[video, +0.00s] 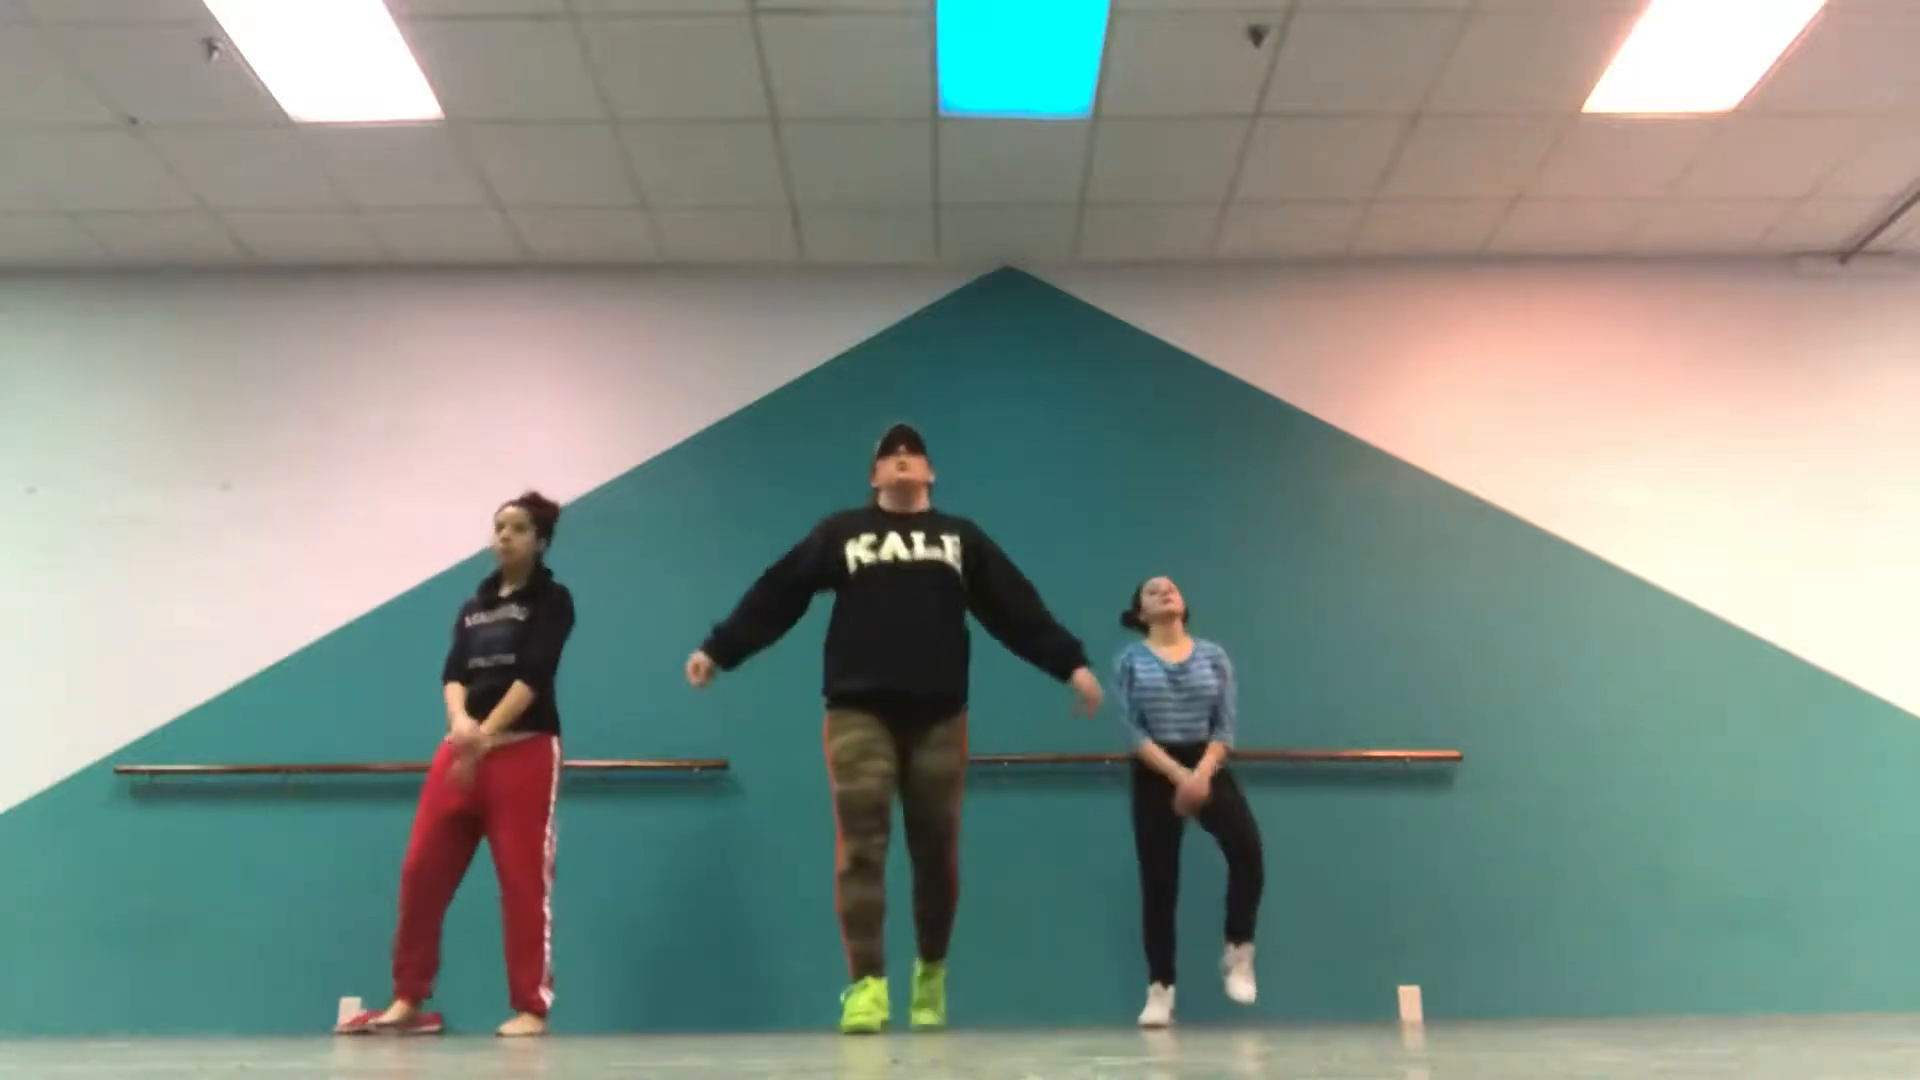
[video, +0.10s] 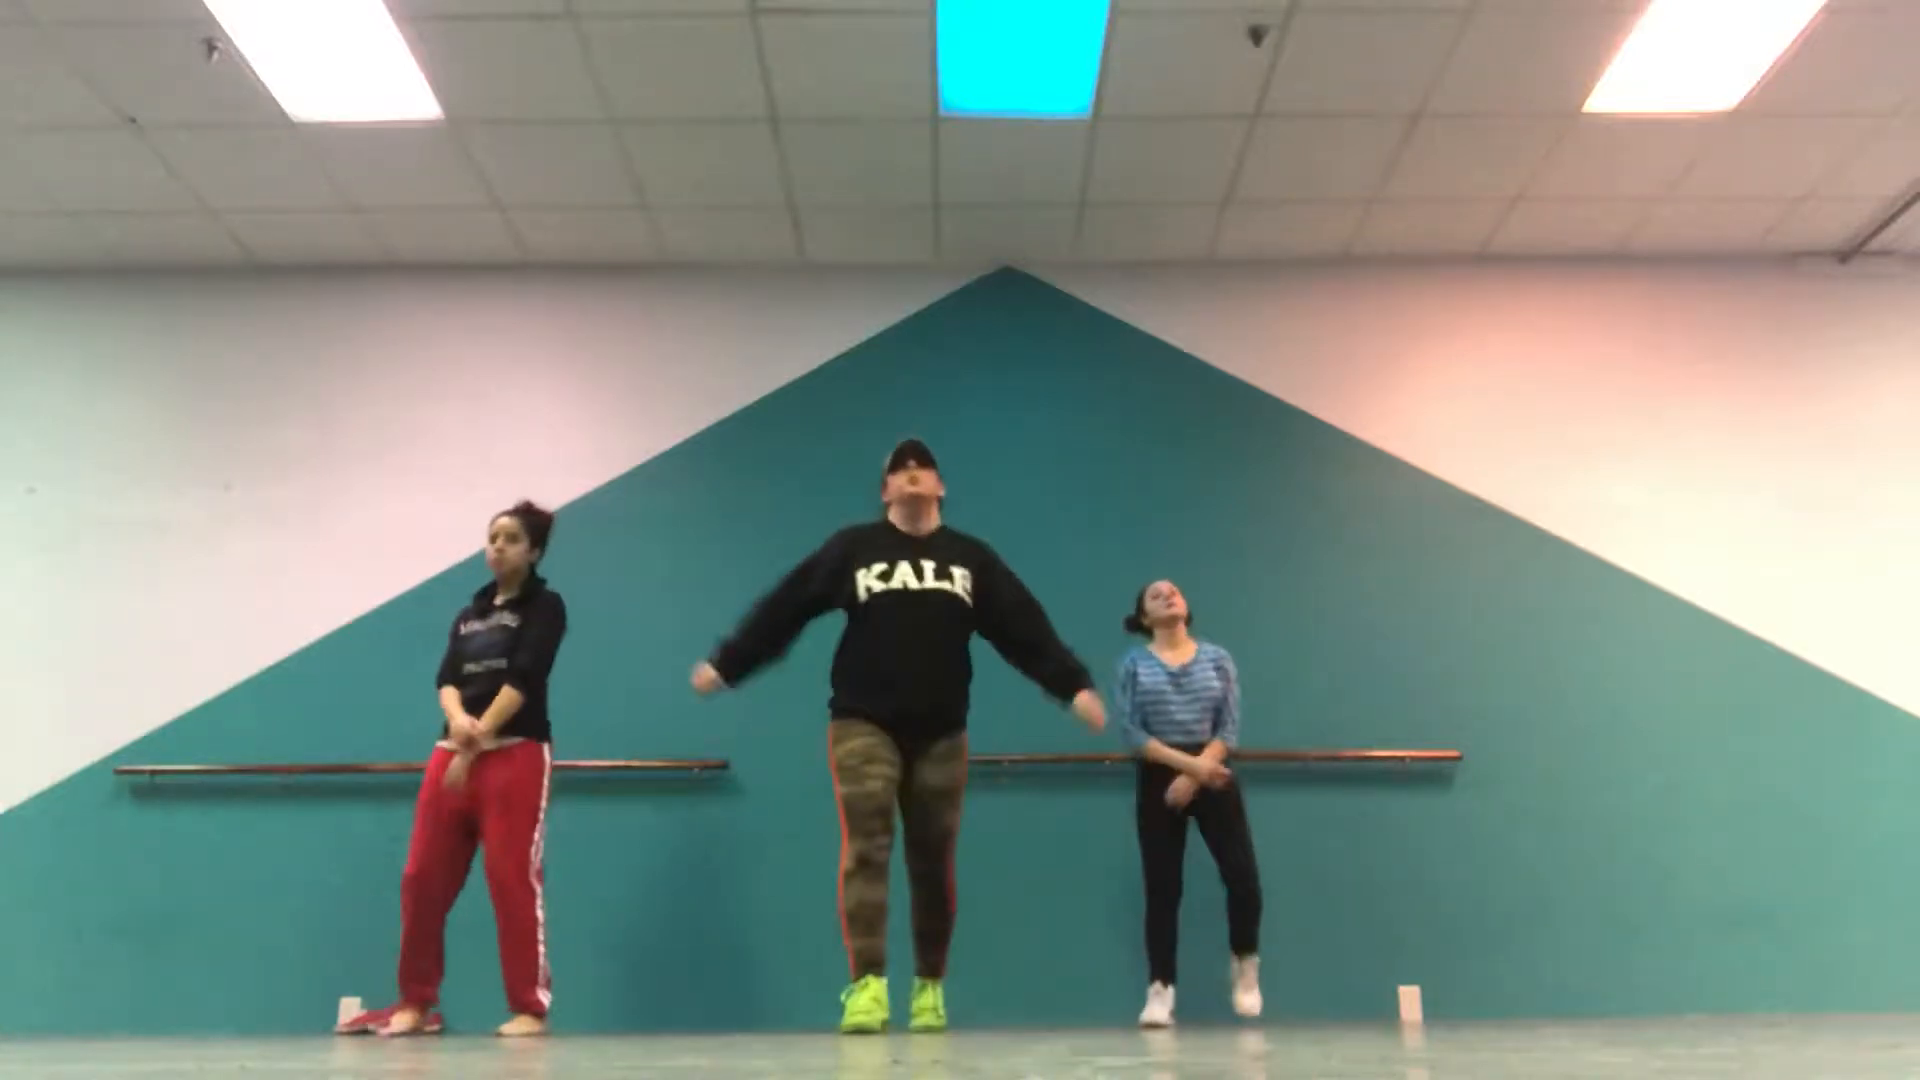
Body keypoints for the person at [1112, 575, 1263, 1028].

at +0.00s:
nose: (1167, 593)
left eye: (1172, 589)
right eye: (1155, 592)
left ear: (1184, 605)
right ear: (1140, 613)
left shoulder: (1214, 656)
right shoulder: (1131, 660)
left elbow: (1225, 727)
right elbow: (1130, 729)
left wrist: (1201, 775)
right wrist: (1180, 775)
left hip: (1205, 761)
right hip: (1154, 763)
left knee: (1246, 852)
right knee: (1159, 879)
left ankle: (1240, 949)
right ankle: (1161, 985)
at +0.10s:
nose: (1169, 597)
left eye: (1174, 592)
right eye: (1157, 596)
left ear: (1187, 608)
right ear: (1143, 618)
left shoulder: (1217, 659)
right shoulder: (1133, 665)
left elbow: (1229, 730)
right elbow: (1129, 733)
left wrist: (1194, 775)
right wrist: (1195, 765)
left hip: (1211, 773)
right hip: (1157, 773)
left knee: (1243, 877)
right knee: (1162, 886)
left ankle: (1246, 963)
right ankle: (1161, 987)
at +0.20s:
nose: (1177, 605)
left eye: (1182, 601)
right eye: (1166, 604)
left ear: (1195, 617)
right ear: (1152, 626)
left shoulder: (1227, 667)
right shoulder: (1142, 673)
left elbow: (1236, 738)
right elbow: (1137, 742)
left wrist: (1198, 780)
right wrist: (1195, 769)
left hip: (1216, 779)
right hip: (1162, 779)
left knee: (1235, 884)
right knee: (1165, 887)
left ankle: (1251, 984)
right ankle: (1161, 987)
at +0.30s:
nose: (1188, 611)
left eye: (1194, 606)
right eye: (1177, 610)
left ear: (1207, 621)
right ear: (1164, 631)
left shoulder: (1236, 671)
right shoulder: (1154, 679)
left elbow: (1250, 741)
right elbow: (1147, 744)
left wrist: (1211, 786)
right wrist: (1183, 787)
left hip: (1227, 779)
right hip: (1171, 781)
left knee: (1236, 891)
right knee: (1170, 889)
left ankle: (1247, 989)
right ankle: (1161, 988)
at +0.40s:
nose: (1198, 611)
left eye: (1206, 607)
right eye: (1188, 609)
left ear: (1221, 624)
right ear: (1176, 630)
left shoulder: (1244, 671)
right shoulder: (1163, 676)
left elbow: (1258, 740)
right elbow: (1150, 745)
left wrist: (1206, 780)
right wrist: (1174, 798)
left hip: (1232, 778)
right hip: (1177, 780)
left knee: (1242, 890)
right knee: (1173, 888)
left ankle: (1249, 989)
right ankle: (1163, 986)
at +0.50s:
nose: (1202, 605)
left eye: (1210, 601)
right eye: (1192, 603)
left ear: (1224, 619)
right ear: (1180, 624)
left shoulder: (1246, 667)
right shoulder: (1164, 674)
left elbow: (1255, 730)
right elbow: (1146, 743)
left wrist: (1198, 730)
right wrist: (1172, 785)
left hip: (1232, 775)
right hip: (1181, 774)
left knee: (1244, 885)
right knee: (1166, 873)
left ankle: (1249, 989)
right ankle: (1174, 969)